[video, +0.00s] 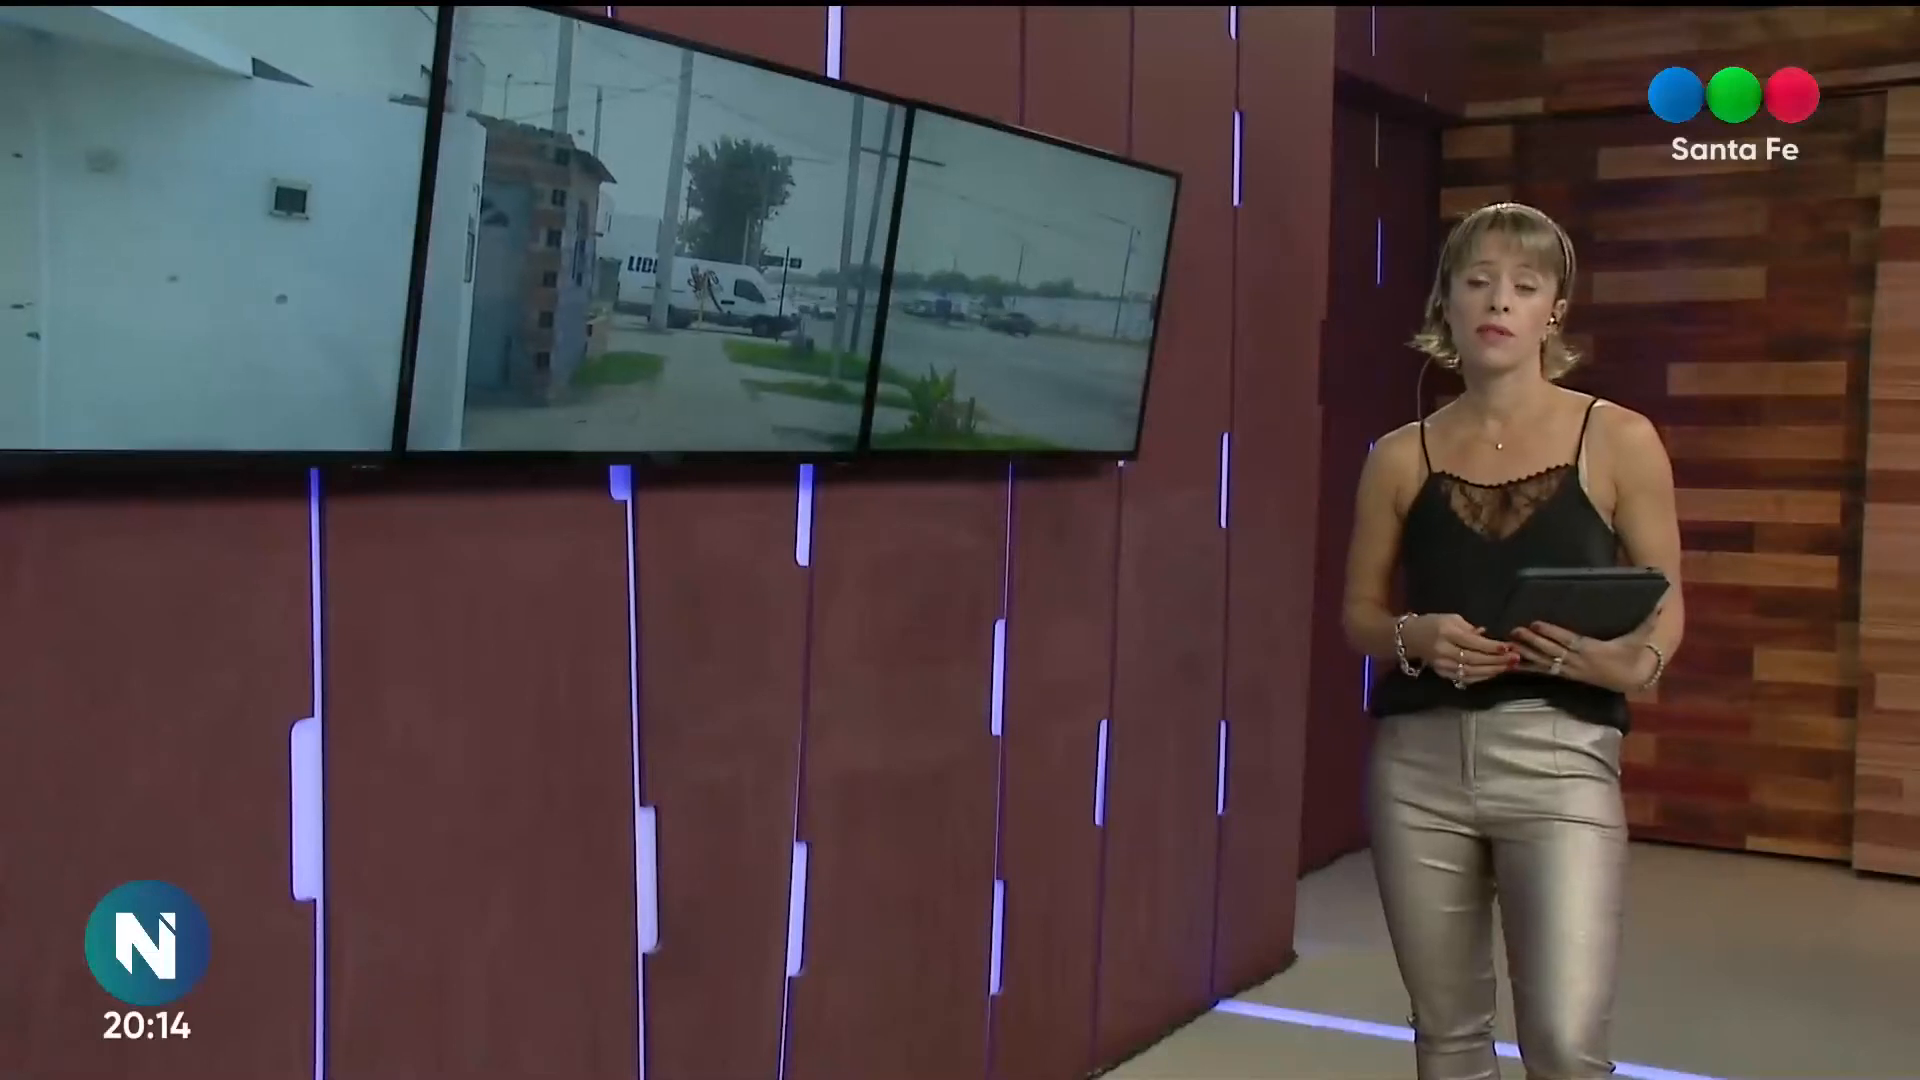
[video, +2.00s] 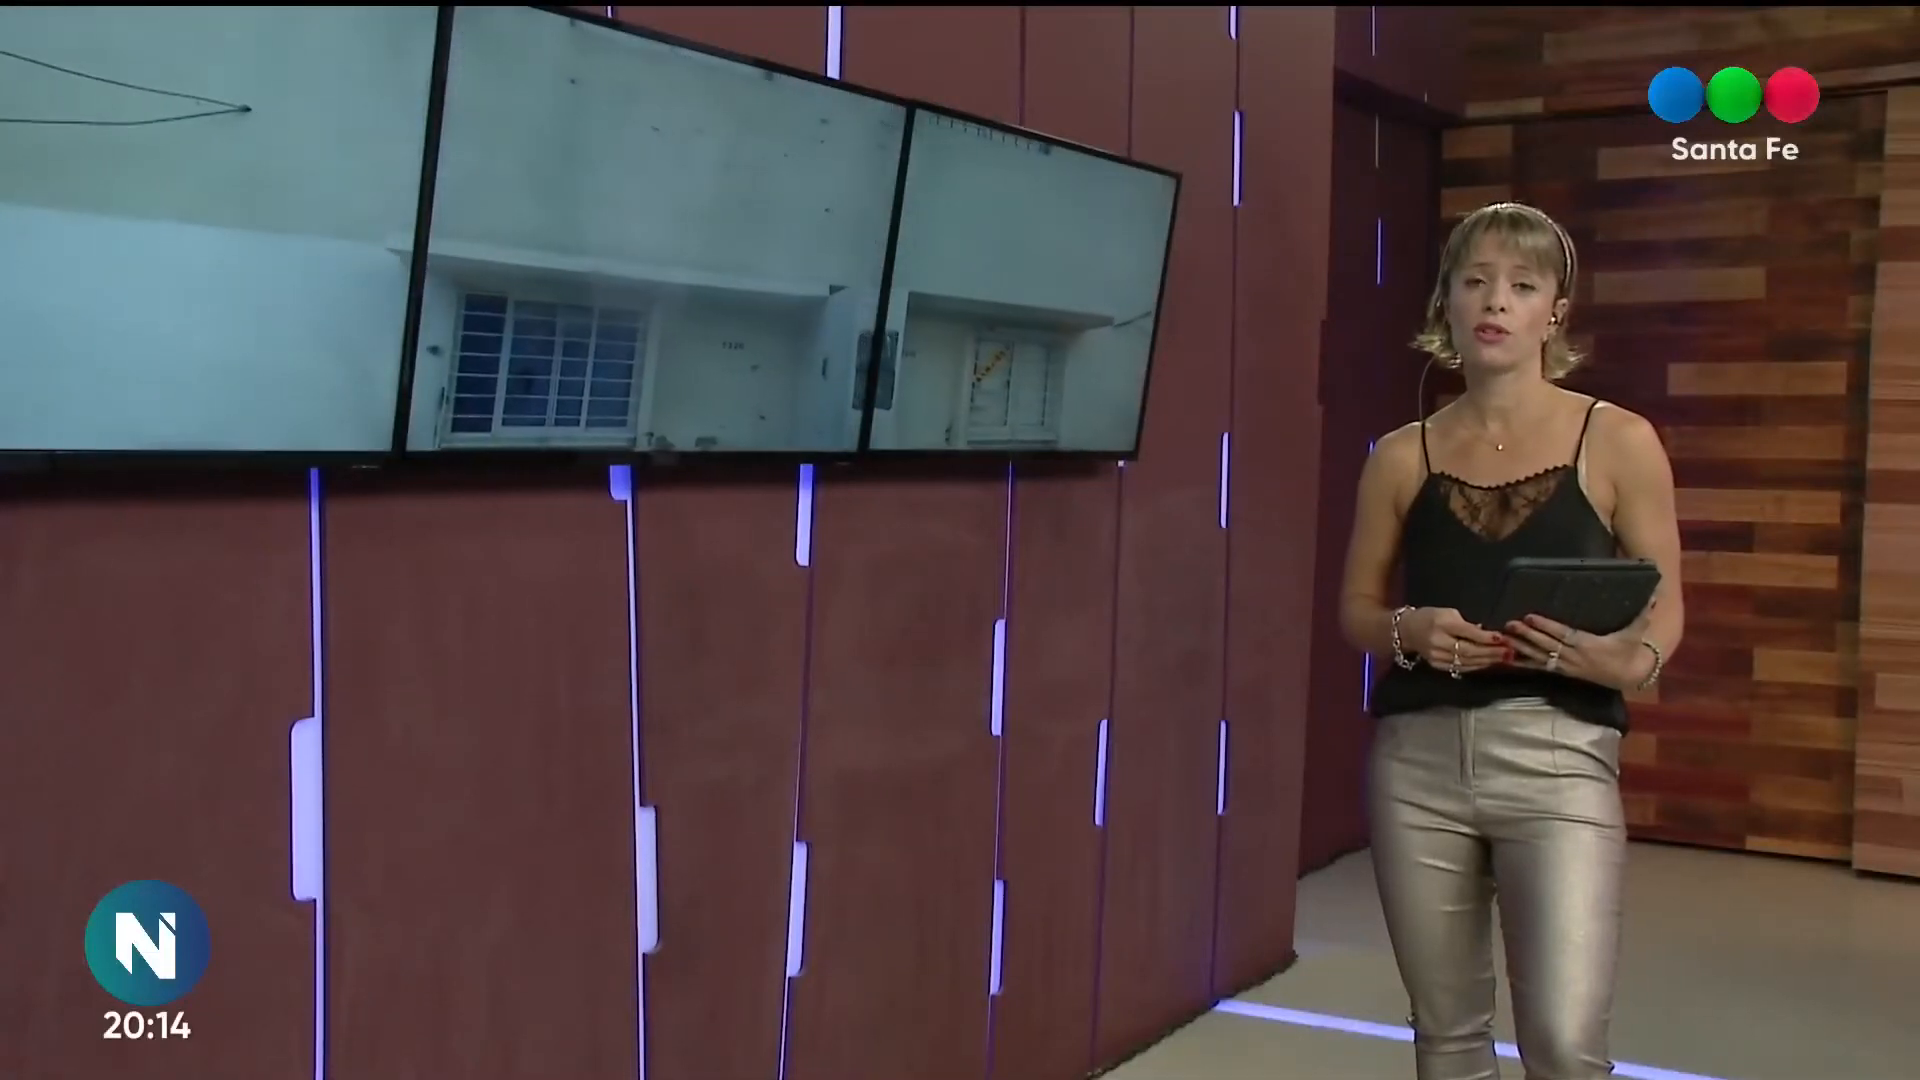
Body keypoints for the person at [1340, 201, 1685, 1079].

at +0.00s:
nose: (1495, 300)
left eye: (1521, 285)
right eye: (1476, 281)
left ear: (1554, 313)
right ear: (1447, 305)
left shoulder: (1619, 441)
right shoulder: (1400, 459)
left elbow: (1663, 598)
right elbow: (1360, 616)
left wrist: (1631, 665)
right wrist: (1410, 638)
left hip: (1558, 766)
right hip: (1417, 769)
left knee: (1564, 1048)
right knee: (1447, 1042)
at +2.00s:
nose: (1492, 301)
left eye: (1519, 285)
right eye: (1474, 281)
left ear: (1554, 312)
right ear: (1446, 304)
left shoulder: (1619, 442)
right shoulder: (1400, 459)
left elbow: (1662, 604)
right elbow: (1356, 610)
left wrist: (1627, 662)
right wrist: (1403, 630)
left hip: (1556, 766)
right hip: (1416, 767)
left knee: (1563, 1048)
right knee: (1447, 1038)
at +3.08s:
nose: (1499, 305)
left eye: (1526, 288)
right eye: (1481, 285)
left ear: (1562, 313)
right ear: (1453, 305)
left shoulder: (1625, 444)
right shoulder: (1406, 459)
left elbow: (1667, 612)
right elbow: (1359, 610)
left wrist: (1629, 663)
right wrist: (1411, 630)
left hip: (1561, 768)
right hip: (1420, 768)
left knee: (1567, 1049)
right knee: (1448, 1041)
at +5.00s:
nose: (1490, 305)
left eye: (1517, 289)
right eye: (1472, 285)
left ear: (1552, 316)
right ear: (1443, 306)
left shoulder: (1615, 444)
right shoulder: (1397, 458)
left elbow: (1659, 609)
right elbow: (1350, 612)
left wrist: (1623, 663)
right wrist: (1406, 629)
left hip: (1555, 768)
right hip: (1413, 768)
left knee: (1561, 1050)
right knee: (1445, 1042)